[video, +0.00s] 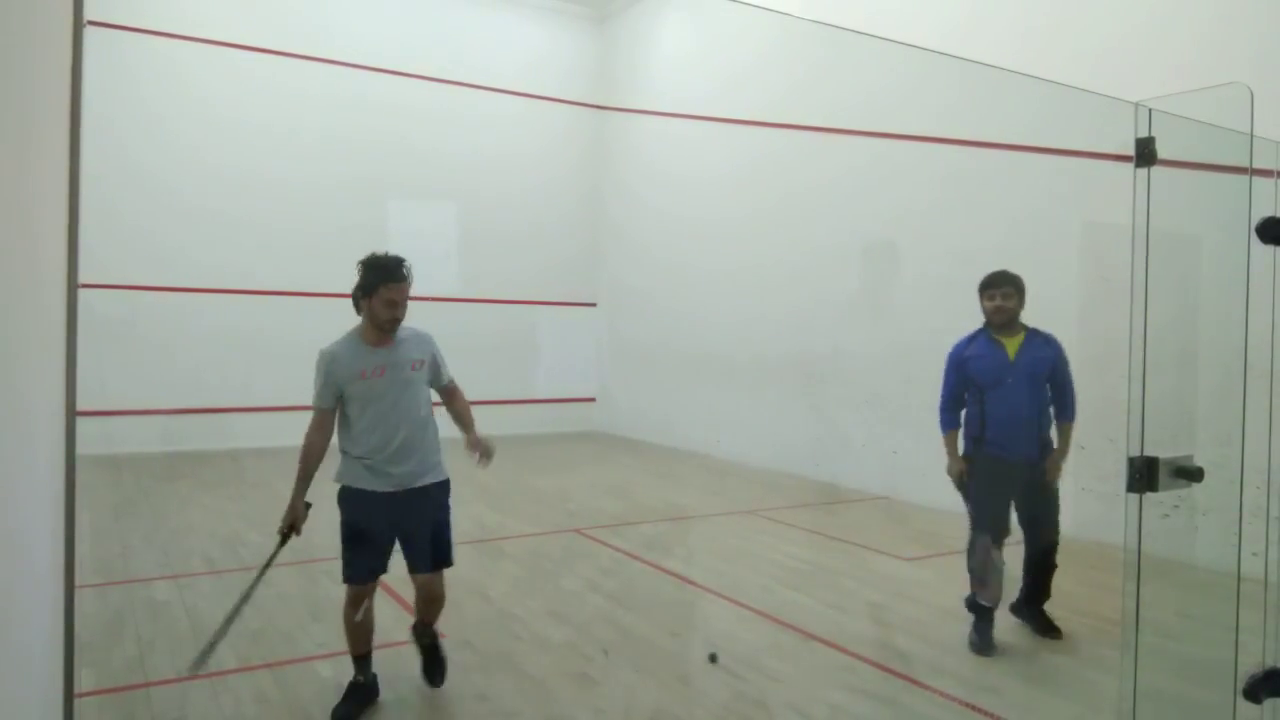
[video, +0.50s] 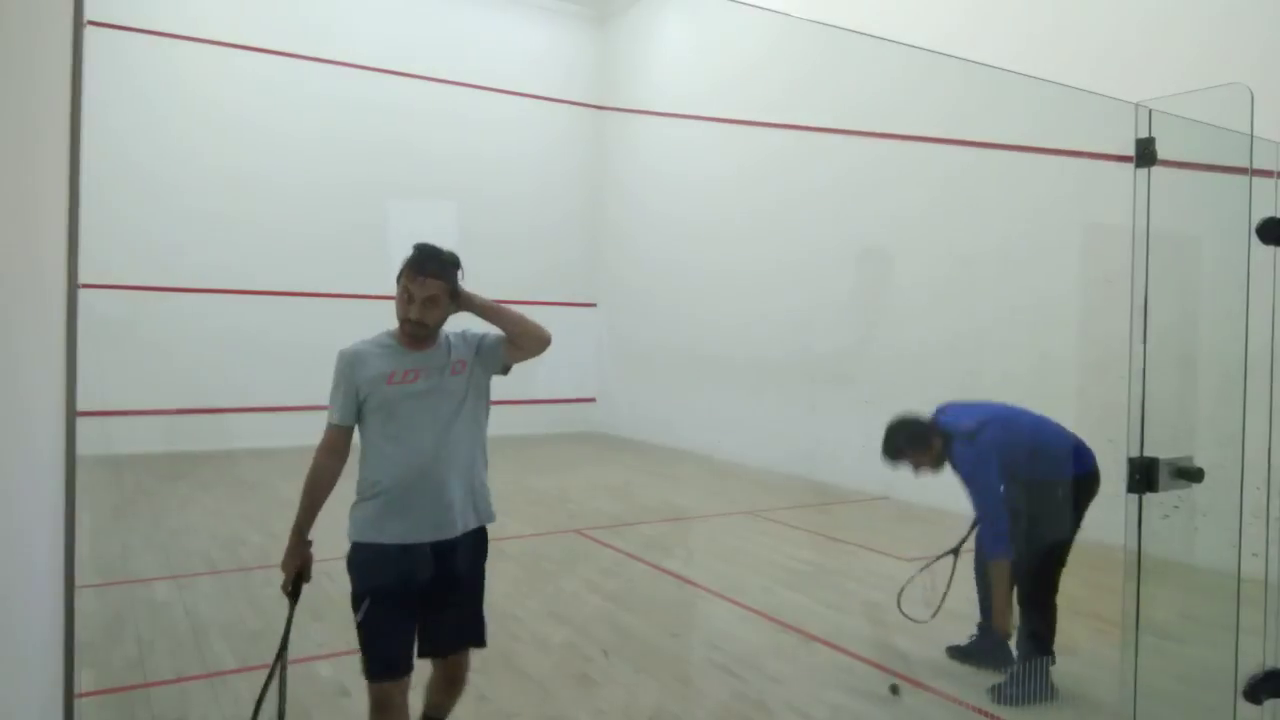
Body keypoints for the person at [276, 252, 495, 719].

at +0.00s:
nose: (398, 311)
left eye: (403, 301)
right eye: (389, 302)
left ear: (408, 299)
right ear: (362, 300)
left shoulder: (421, 345)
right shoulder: (335, 359)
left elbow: (449, 391)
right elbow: (319, 433)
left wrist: (470, 431)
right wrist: (297, 498)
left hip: (424, 487)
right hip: (364, 491)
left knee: (432, 590)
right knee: (359, 593)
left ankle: (425, 634)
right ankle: (363, 678)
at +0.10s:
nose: (389, 316)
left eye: (400, 307)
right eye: (382, 304)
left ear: (412, 305)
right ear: (365, 295)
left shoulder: (420, 344)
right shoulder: (331, 356)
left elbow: (471, 378)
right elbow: (311, 433)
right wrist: (299, 504)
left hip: (418, 490)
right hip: (356, 495)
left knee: (422, 597)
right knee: (356, 597)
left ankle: (409, 694)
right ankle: (360, 678)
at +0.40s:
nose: (420, 311)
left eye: (434, 303)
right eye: (414, 296)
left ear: (453, 304)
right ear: (403, 289)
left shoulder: (469, 347)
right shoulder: (364, 359)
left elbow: (531, 338)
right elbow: (336, 444)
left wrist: (469, 297)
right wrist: (307, 524)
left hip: (455, 522)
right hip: (383, 525)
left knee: (438, 645)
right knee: (376, 660)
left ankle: (424, 717)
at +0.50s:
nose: (414, 312)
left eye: (430, 302)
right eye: (407, 297)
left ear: (451, 304)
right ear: (396, 292)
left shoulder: (471, 350)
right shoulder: (359, 361)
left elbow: (536, 340)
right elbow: (332, 452)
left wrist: (466, 300)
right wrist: (299, 536)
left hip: (459, 536)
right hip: (383, 540)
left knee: (453, 669)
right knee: (388, 688)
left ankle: (432, 717)